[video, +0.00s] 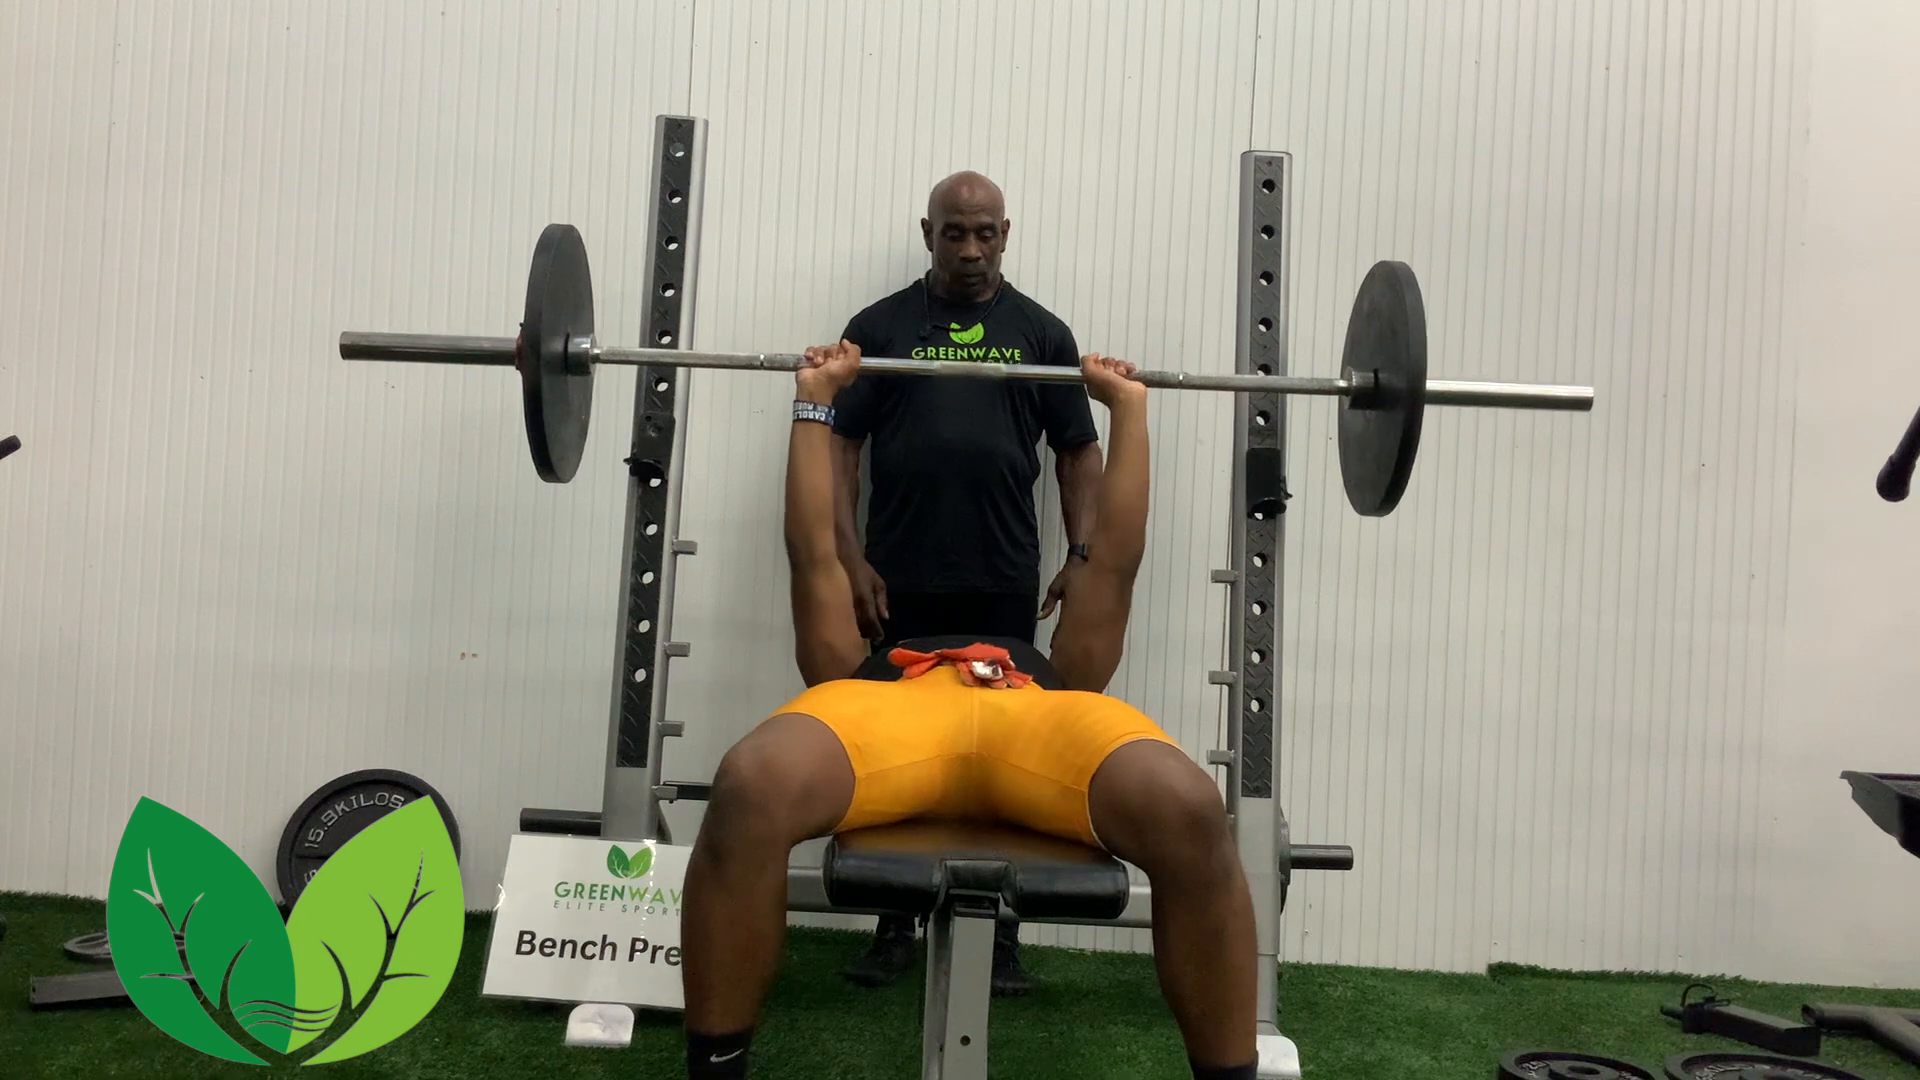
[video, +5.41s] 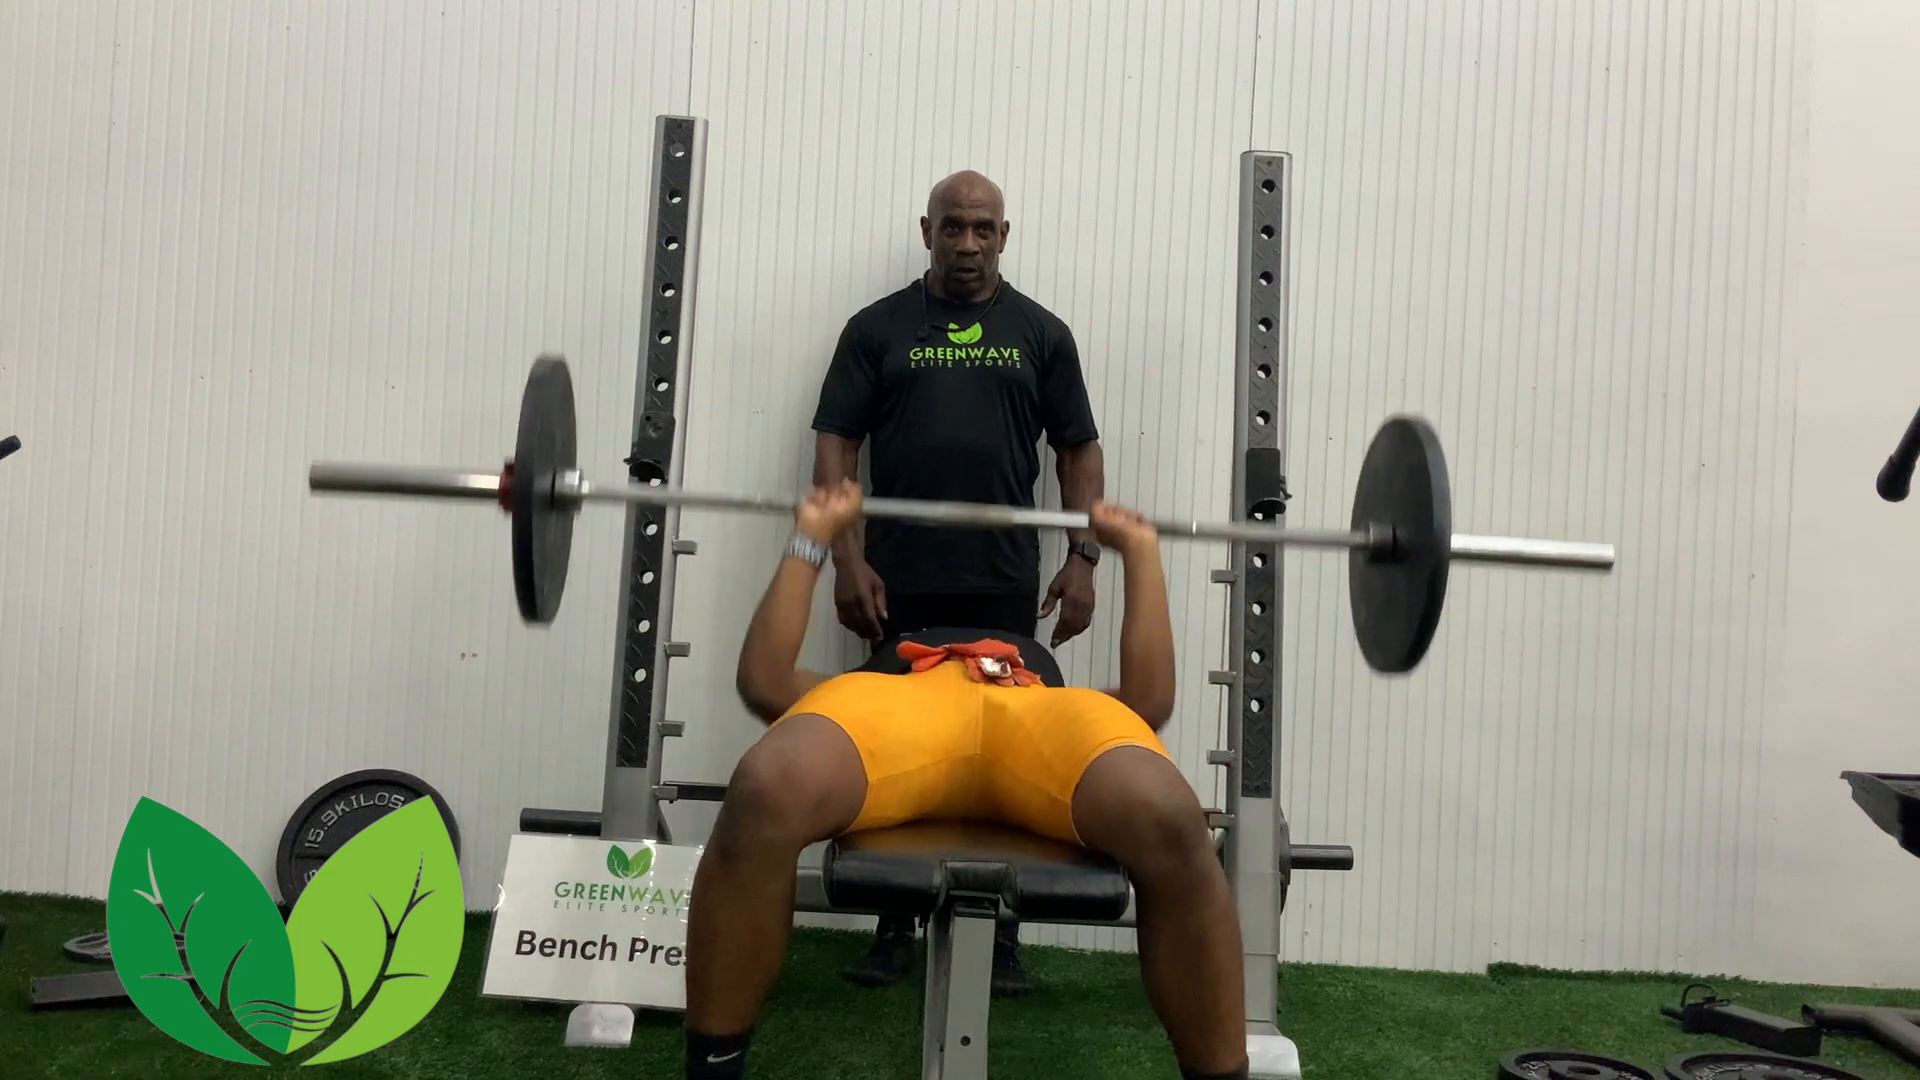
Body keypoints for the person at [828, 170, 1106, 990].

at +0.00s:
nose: (972, 249)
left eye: (987, 234)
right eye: (956, 233)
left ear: (1006, 237)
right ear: (927, 236)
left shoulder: (1043, 336)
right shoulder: (873, 333)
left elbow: (1077, 456)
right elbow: (842, 456)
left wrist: (1079, 555)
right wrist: (851, 558)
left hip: (1007, 582)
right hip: (899, 576)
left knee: (1010, 756)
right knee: (892, 750)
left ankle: (999, 929)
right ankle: (896, 920)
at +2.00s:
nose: (969, 249)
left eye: (985, 235)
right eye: (954, 233)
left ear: (1007, 239)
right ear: (928, 235)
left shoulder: (1041, 335)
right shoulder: (877, 330)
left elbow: (1079, 452)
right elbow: (836, 451)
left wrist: (1083, 560)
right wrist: (850, 562)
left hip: (1005, 591)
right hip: (903, 587)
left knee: (1011, 763)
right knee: (892, 757)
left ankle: (1000, 931)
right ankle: (895, 922)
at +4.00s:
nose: (968, 244)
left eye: (984, 231)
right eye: (952, 229)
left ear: (1005, 239)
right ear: (927, 235)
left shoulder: (1042, 336)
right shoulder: (876, 330)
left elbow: (1079, 452)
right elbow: (835, 447)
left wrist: (1082, 558)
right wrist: (848, 560)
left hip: (1006, 590)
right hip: (901, 587)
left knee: (1012, 761)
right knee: (889, 757)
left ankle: (1000, 930)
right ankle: (895, 922)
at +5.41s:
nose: (968, 243)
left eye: (985, 230)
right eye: (953, 228)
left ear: (1005, 239)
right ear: (926, 233)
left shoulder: (1042, 336)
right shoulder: (875, 331)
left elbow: (1078, 453)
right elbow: (836, 455)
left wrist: (1083, 557)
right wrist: (849, 560)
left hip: (1005, 588)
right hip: (901, 586)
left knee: (1012, 756)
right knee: (892, 754)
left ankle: (1000, 930)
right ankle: (895, 923)